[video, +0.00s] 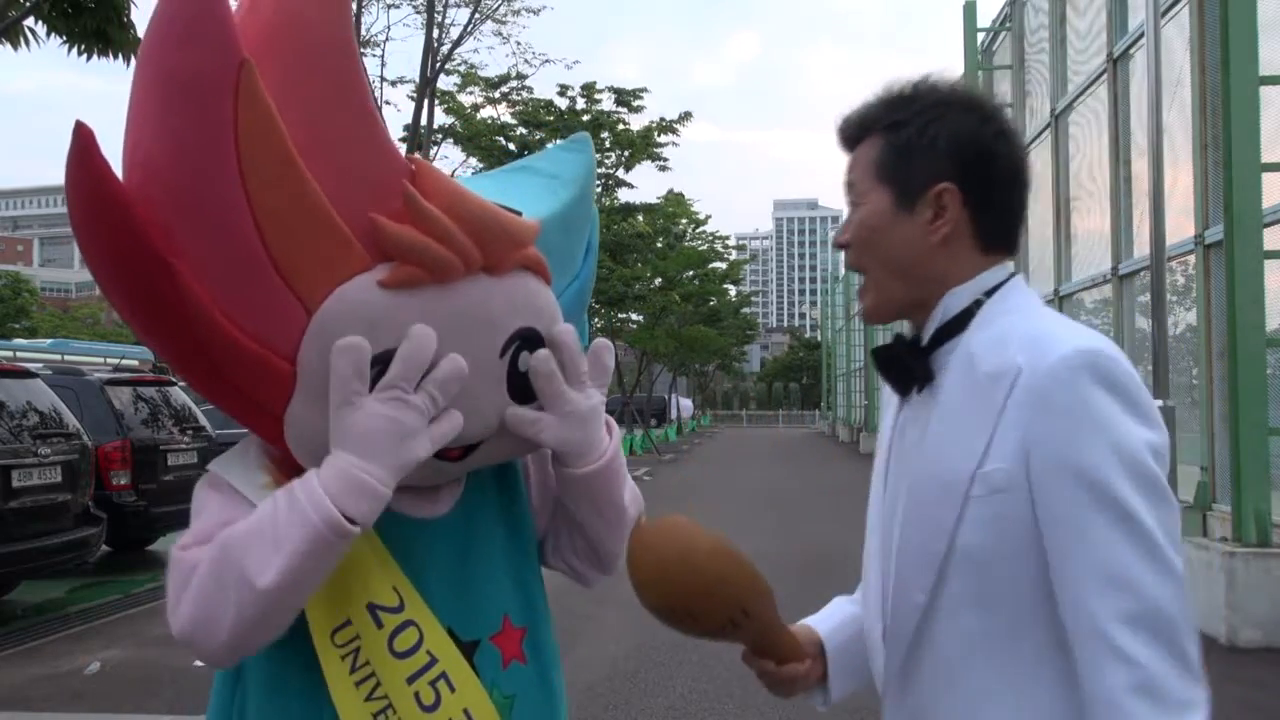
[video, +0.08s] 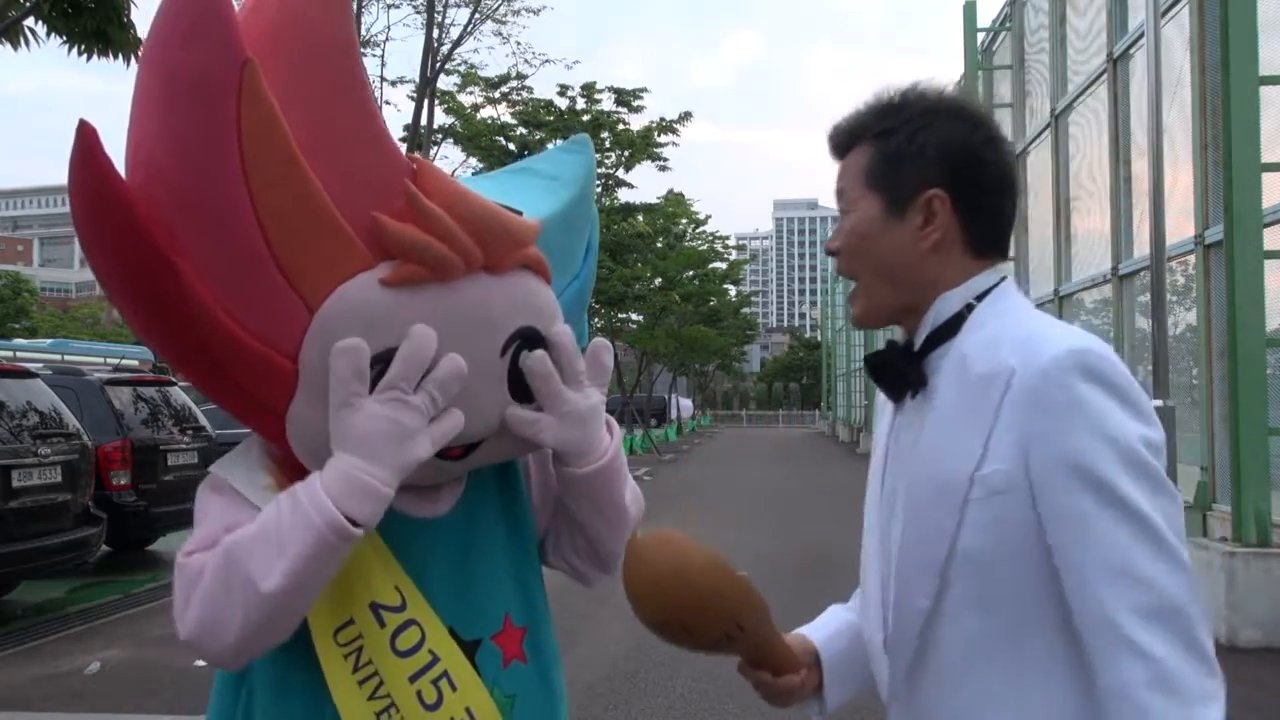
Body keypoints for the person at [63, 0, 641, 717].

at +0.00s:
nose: (421, 373)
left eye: (447, 335)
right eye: (378, 346)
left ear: (476, 337)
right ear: (287, 347)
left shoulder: (500, 467)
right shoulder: (253, 480)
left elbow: (595, 559)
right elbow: (205, 626)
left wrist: (590, 453)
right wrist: (352, 478)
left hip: (508, 704)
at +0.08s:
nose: (426, 377)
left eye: (454, 336)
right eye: (382, 348)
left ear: (483, 336)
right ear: (291, 349)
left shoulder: (501, 468)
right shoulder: (255, 481)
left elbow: (596, 558)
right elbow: (213, 627)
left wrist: (592, 456)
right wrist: (356, 477)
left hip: (511, 709)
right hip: (301, 717)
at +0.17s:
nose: (419, 376)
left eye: (448, 335)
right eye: (377, 347)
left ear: (481, 335)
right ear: (288, 347)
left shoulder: (504, 465)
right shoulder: (254, 479)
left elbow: (589, 559)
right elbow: (201, 628)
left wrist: (603, 461)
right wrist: (349, 483)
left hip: (509, 711)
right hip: (300, 719)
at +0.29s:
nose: (433, 383)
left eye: (474, 340)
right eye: (389, 350)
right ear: (293, 353)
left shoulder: (505, 467)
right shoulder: (246, 480)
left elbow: (570, 563)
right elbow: (174, 626)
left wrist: (610, 486)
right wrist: (324, 505)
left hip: (500, 708)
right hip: (295, 716)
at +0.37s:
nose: (457, 394)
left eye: (508, 344)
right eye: (393, 350)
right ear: (291, 356)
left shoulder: (504, 465)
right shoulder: (240, 482)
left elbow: (559, 555)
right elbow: (155, 627)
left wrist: (602, 492)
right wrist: (284, 518)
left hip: (499, 709)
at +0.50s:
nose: (460, 394)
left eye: (509, 343)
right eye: (395, 353)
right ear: (291, 353)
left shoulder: (505, 463)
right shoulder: (243, 480)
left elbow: (558, 554)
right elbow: (151, 628)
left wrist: (604, 479)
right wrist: (261, 509)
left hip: (500, 706)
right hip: (302, 711)